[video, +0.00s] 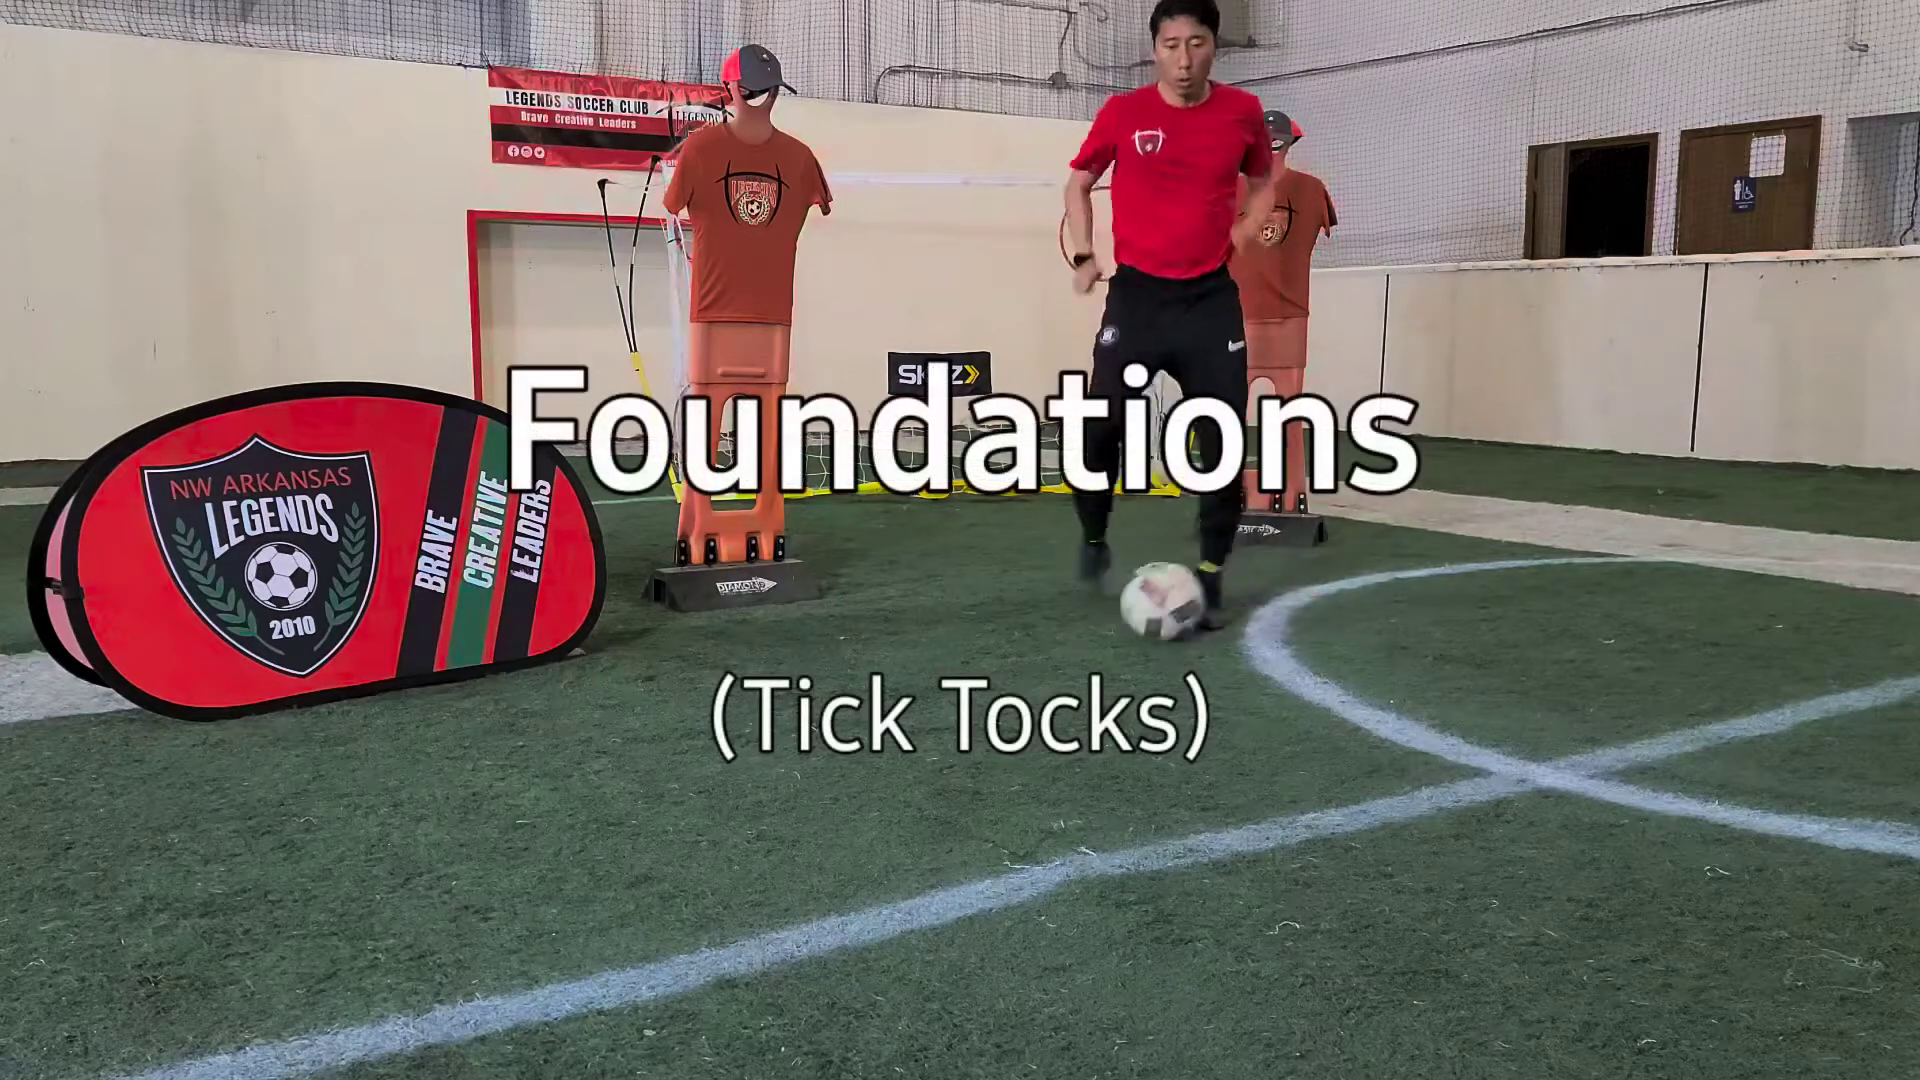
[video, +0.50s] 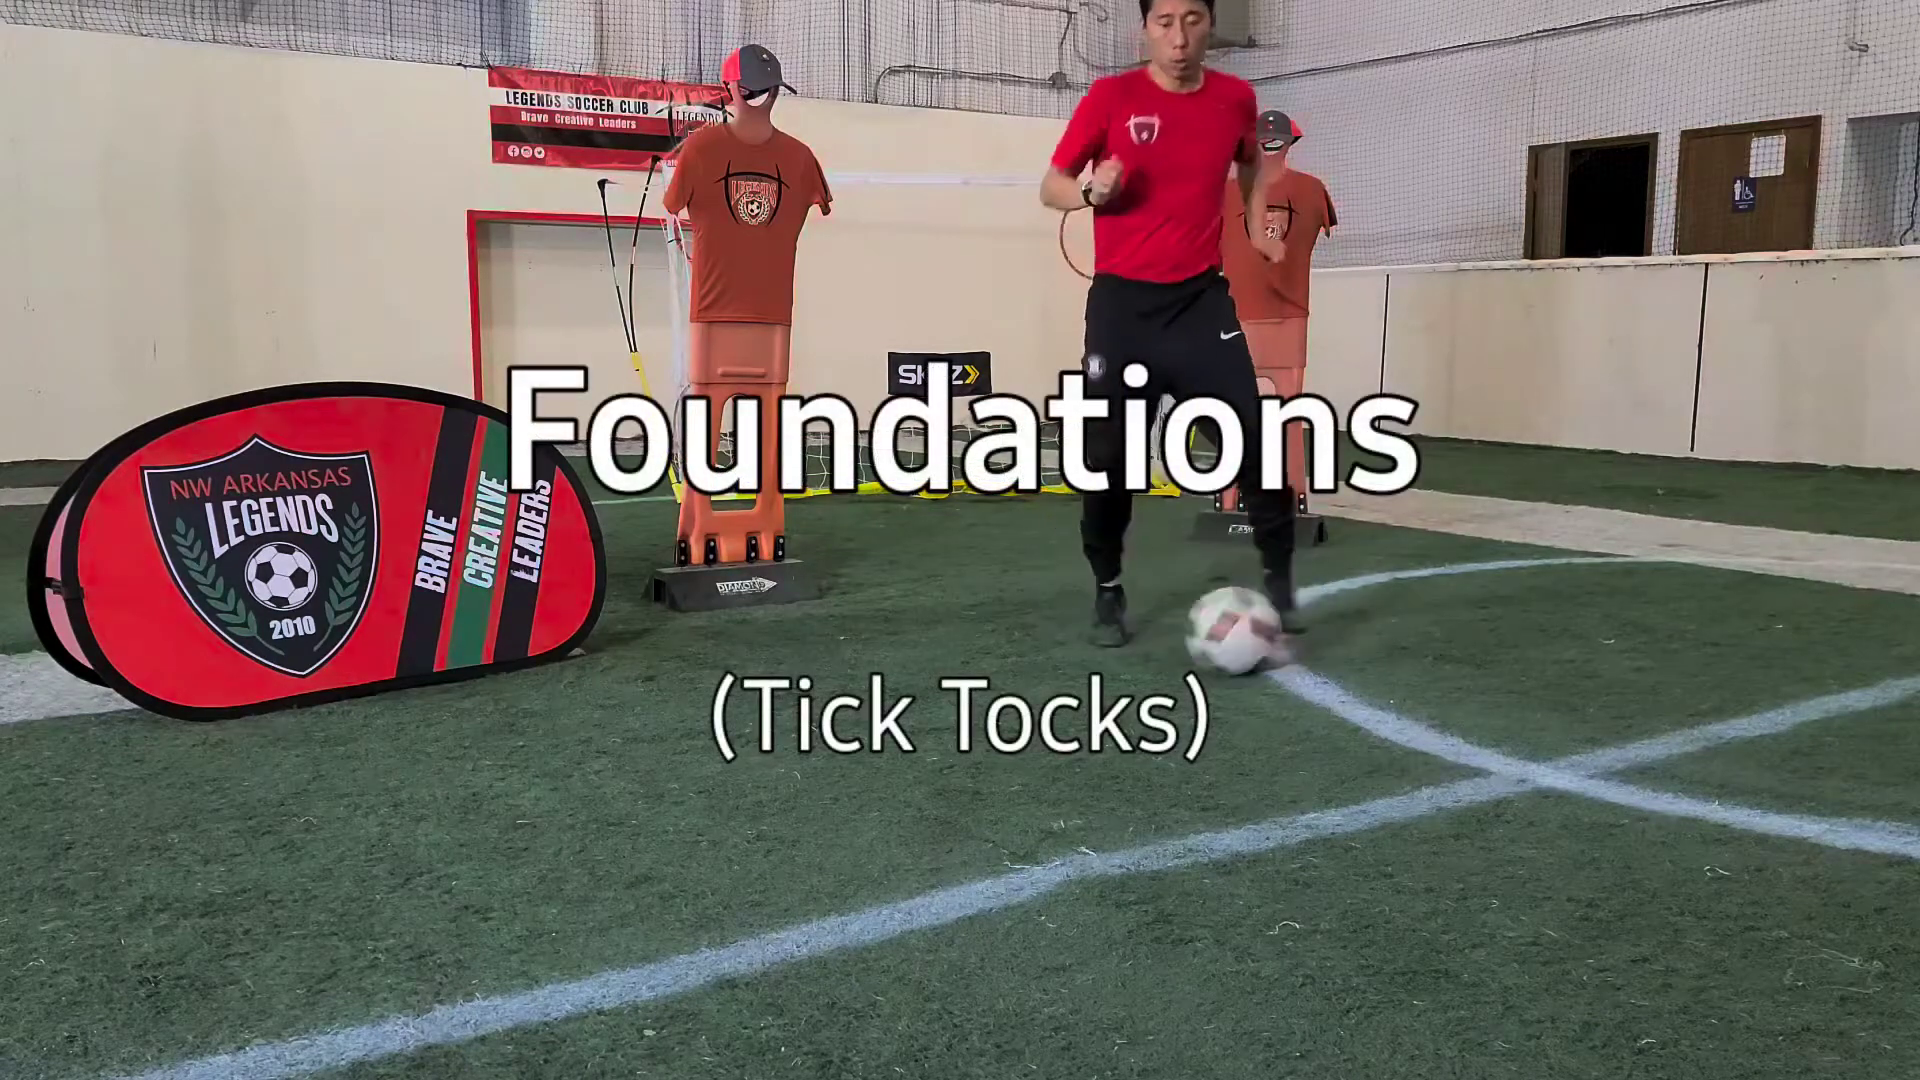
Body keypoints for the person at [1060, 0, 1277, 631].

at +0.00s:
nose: (1184, 57)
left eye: (1196, 43)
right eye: (1171, 44)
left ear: (1215, 50)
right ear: (1154, 51)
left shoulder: (1242, 110)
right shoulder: (1123, 112)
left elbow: (1262, 175)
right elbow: (1079, 183)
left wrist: (1248, 220)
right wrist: (1083, 253)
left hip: (1211, 300)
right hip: (1135, 297)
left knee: (1223, 439)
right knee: (1098, 430)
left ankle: (1210, 581)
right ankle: (1094, 543)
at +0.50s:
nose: (1180, 36)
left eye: (1191, 22)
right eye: (1166, 23)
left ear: (1208, 27)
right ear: (1146, 29)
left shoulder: (1236, 98)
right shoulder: (1109, 98)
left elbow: (1248, 159)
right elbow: (1052, 187)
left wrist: (1257, 223)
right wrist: (1086, 187)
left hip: (1201, 299)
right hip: (1121, 302)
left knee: (1254, 442)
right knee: (1107, 456)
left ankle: (1281, 599)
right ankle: (1108, 591)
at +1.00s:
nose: (1185, 26)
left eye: (1199, 10)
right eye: (1170, 9)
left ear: (1218, 14)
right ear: (1147, 12)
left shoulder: (1246, 93)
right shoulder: (1101, 96)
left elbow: (1273, 175)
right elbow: (1057, 192)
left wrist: (1272, 256)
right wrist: (1077, 227)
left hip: (1217, 310)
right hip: (1127, 317)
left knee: (1289, 442)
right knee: (1129, 480)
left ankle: (1323, 591)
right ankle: (1123, 636)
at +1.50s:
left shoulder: (1262, 35)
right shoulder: (1096, 41)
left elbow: (1308, 142)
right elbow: (1078, 123)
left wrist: (1287, 204)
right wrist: (1067, 218)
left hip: (1222, 291)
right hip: (1121, 292)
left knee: (1277, 476)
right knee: (1096, 479)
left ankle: (1279, 632)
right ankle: (1093, 659)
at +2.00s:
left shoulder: (1311, 39)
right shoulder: (1128, 45)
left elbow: (1361, 146)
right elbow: (1064, 159)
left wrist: (1357, 219)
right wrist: (1042, 234)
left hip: (1251, 325)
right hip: (1137, 309)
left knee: (1257, 540)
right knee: (1048, 436)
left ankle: (1223, 739)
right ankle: (1041, 595)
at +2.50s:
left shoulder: (1334, 14)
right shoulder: (1139, 13)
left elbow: (1384, 138)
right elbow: (1090, 132)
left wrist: (1360, 238)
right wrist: (1071, 215)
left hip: (1269, 301)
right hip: (1154, 283)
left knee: (1249, 529)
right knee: (1124, 443)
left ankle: (1222, 737)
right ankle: (1114, 654)